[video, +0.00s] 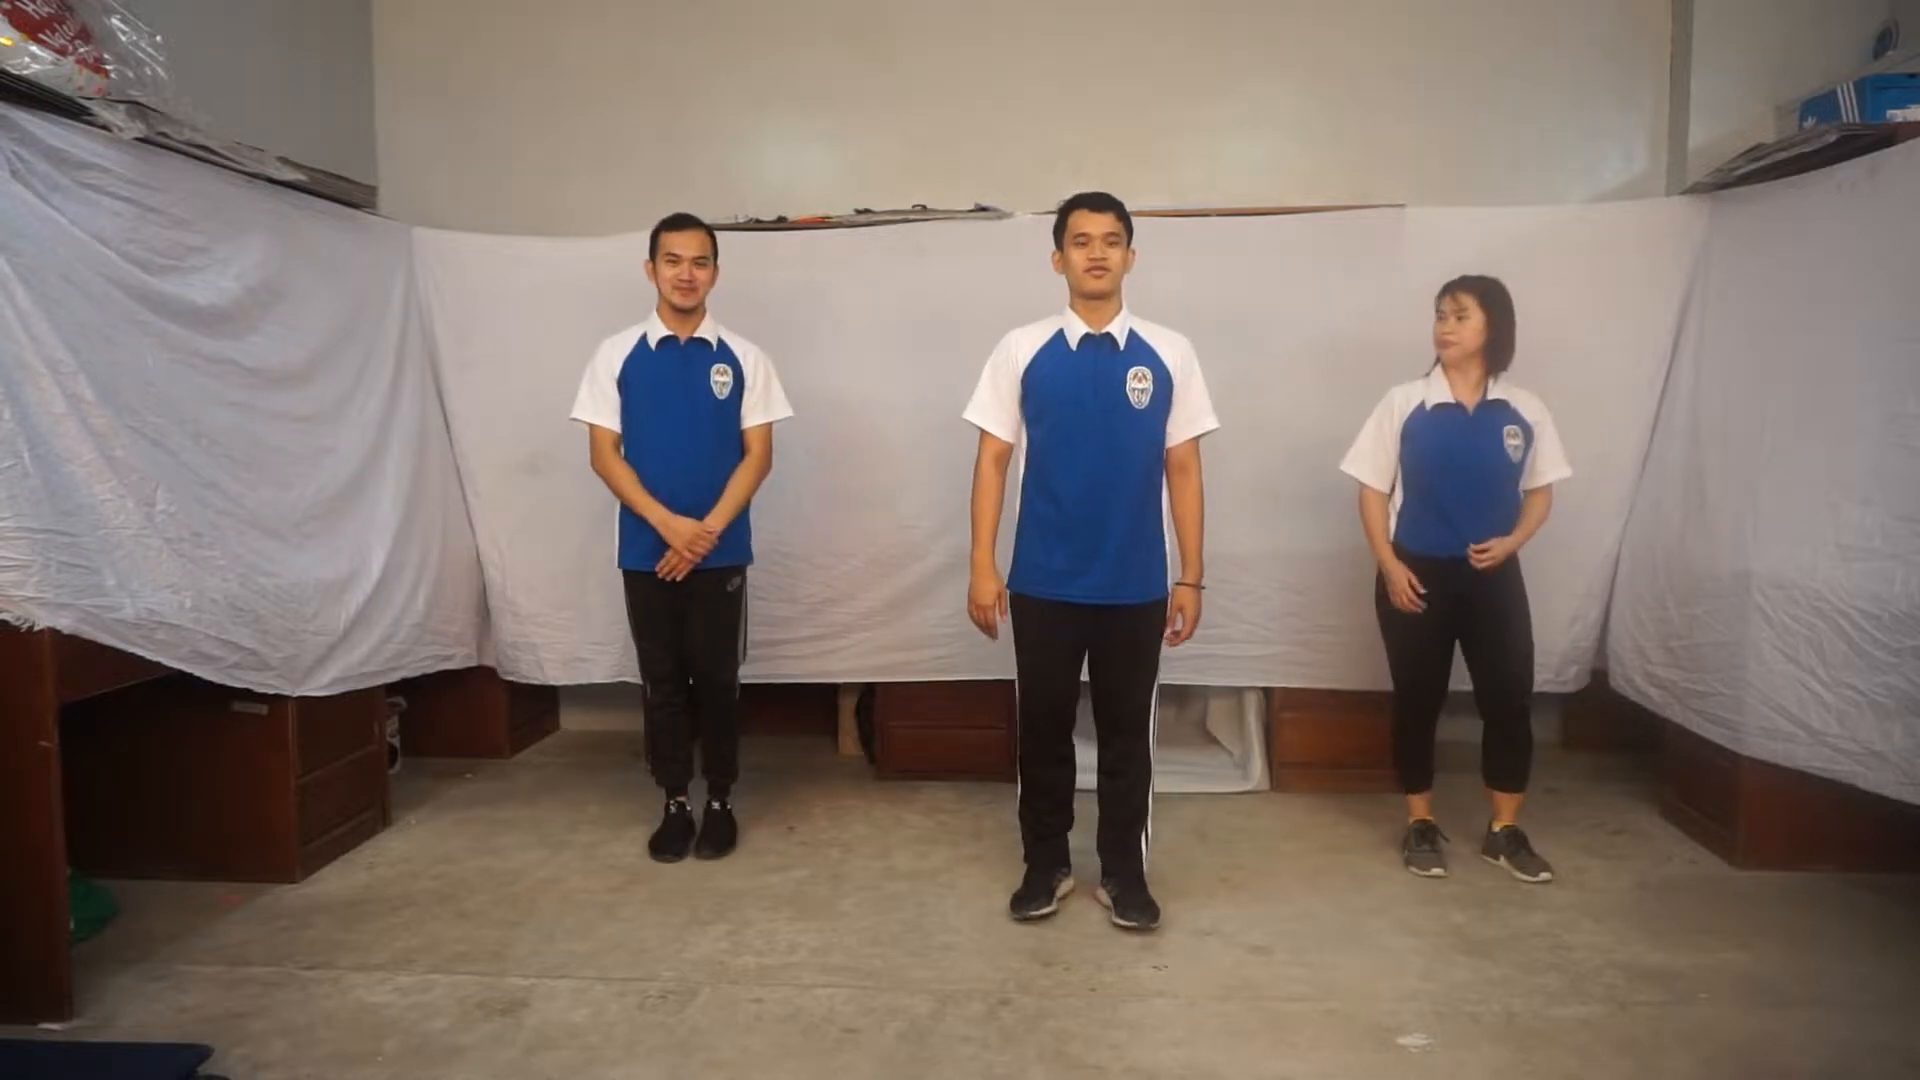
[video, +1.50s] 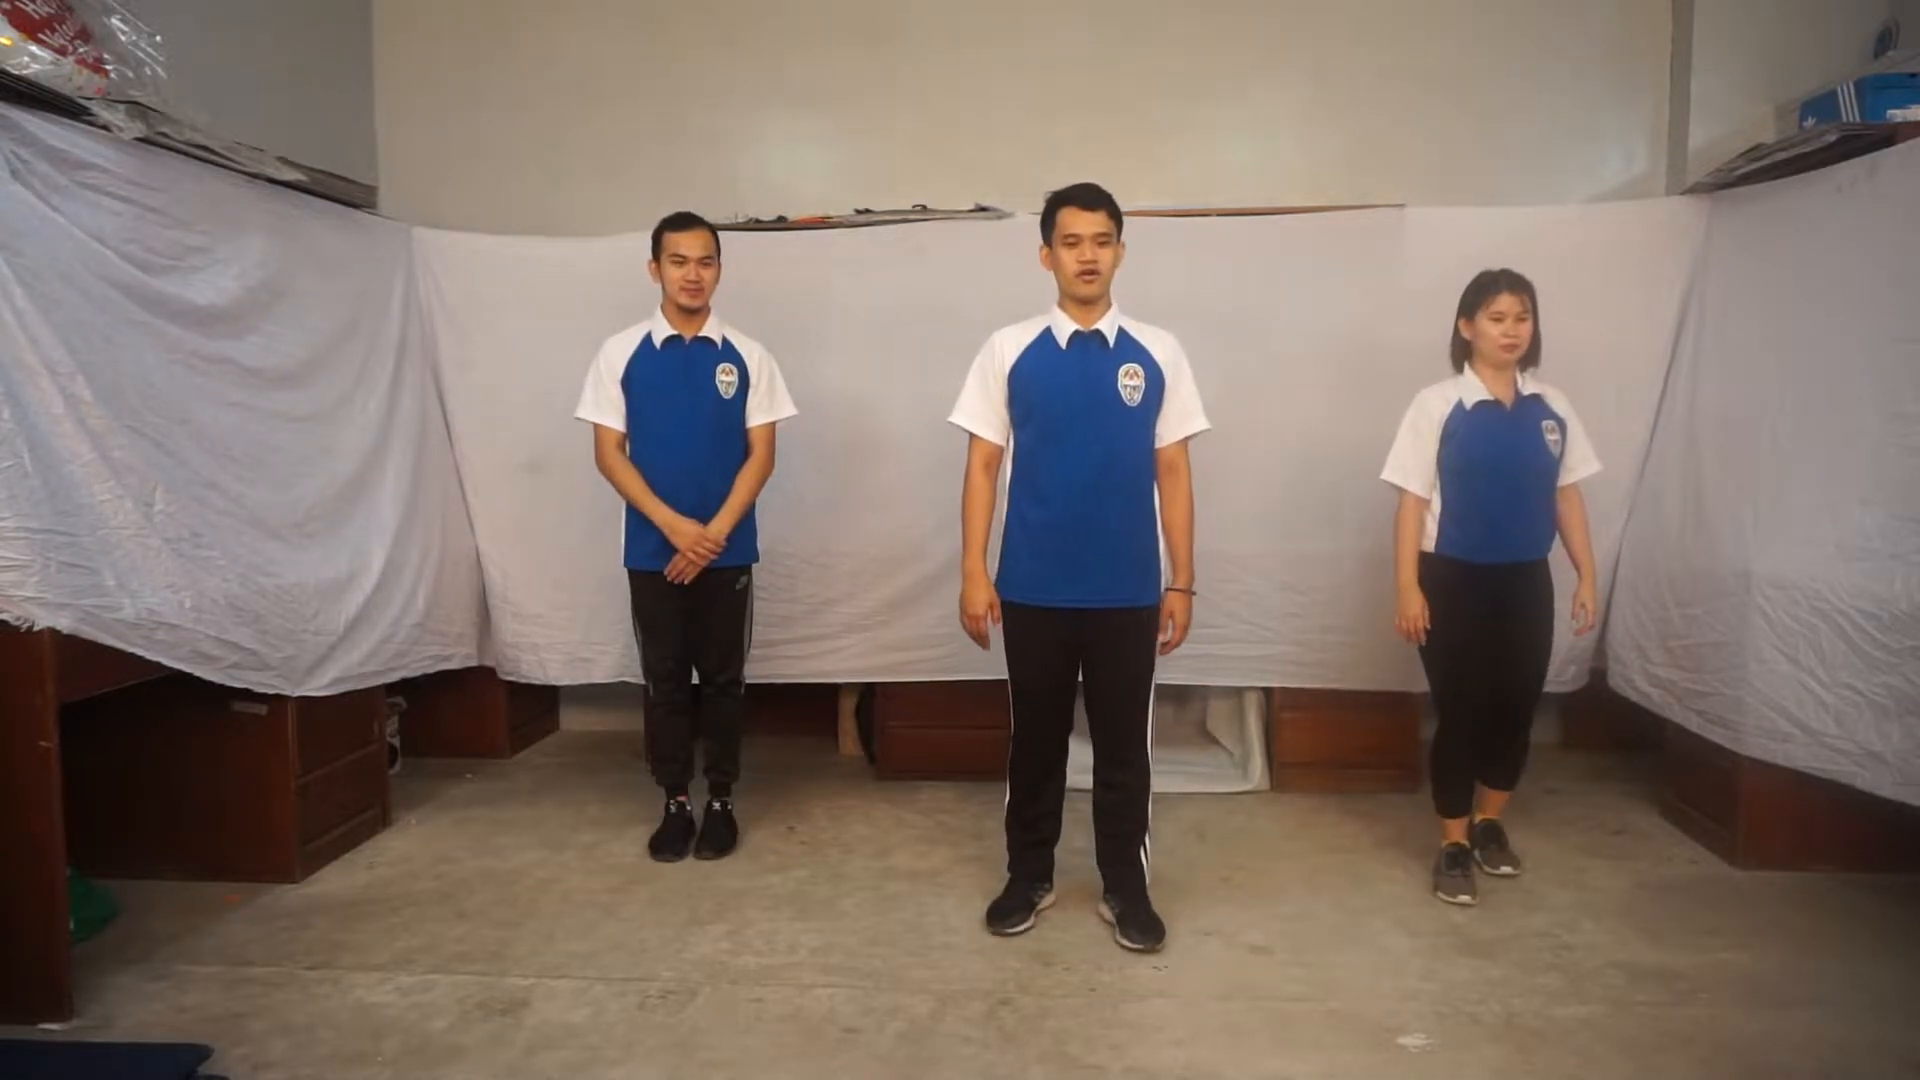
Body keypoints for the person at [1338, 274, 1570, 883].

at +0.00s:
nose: (1445, 325)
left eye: (1461, 316)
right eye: (1440, 316)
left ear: (1494, 329)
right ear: (1433, 327)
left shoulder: (1524, 410)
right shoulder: (1403, 402)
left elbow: (1540, 494)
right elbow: (1371, 489)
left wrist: (1513, 541)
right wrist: (1388, 562)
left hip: (1492, 578)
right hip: (1415, 576)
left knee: (1510, 700)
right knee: (1417, 700)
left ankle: (1505, 828)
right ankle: (1420, 824)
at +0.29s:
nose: (1458, 327)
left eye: (1473, 318)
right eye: (1447, 316)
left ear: (1495, 333)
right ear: (1430, 329)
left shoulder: (1516, 410)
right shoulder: (1398, 403)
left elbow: (1529, 495)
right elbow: (1367, 492)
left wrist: (1526, 558)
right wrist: (1391, 567)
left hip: (1492, 580)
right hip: (1414, 578)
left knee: (1496, 705)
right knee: (1416, 702)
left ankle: (1487, 821)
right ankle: (1420, 822)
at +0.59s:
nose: (1485, 329)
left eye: (1496, 321)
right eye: (1472, 318)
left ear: (1508, 332)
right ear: (1445, 325)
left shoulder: (1527, 404)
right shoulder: (1411, 405)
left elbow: (1545, 490)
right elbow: (1389, 498)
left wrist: (1560, 567)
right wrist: (1403, 579)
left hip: (1509, 577)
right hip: (1434, 575)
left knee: (1496, 702)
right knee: (1430, 701)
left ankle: (1485, 823)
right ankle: (1423, 822)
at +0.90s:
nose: (1507, 332)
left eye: (1516, 323)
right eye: (1493, 322)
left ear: (1527, 333)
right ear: (1463, 331)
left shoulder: (1545, 406)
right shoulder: (1434, 406)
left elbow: (1565, 495)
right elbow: (1409, 503)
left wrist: (1583, 567)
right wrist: (1402, 584)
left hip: (1526, 581)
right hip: (1452, 578)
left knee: (1505, 703)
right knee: (1457, 701)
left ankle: (1488, 824)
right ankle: (1427, 821)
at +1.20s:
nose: (1516, 332)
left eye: (1526, 322)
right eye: (1502, 321)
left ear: (1538, 332)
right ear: (1473, 331)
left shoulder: (1554, 407)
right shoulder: (1444, 405)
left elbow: (1572, 497)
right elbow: (1421, 503)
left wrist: (1588, 571)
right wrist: (1424, 586)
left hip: (1531, 580)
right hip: (1463, 578)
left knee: (1510, 705)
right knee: (1472, 706)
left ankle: (1487, 825)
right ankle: (1454, 836)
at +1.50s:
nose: (1511, 328)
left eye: (1521, 318)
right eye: (1496, 317)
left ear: (1533, 329)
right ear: (1467, 326)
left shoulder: (1550, 405)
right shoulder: (1436, 403)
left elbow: (1568, 498)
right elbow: (1411, 503)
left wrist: (1586, 574)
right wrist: (1407, 588)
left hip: (1526, 583)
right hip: (1454, 580)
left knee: (1515, 707)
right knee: (1461, 709)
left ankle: (1487, 823)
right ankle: (1453, 843)